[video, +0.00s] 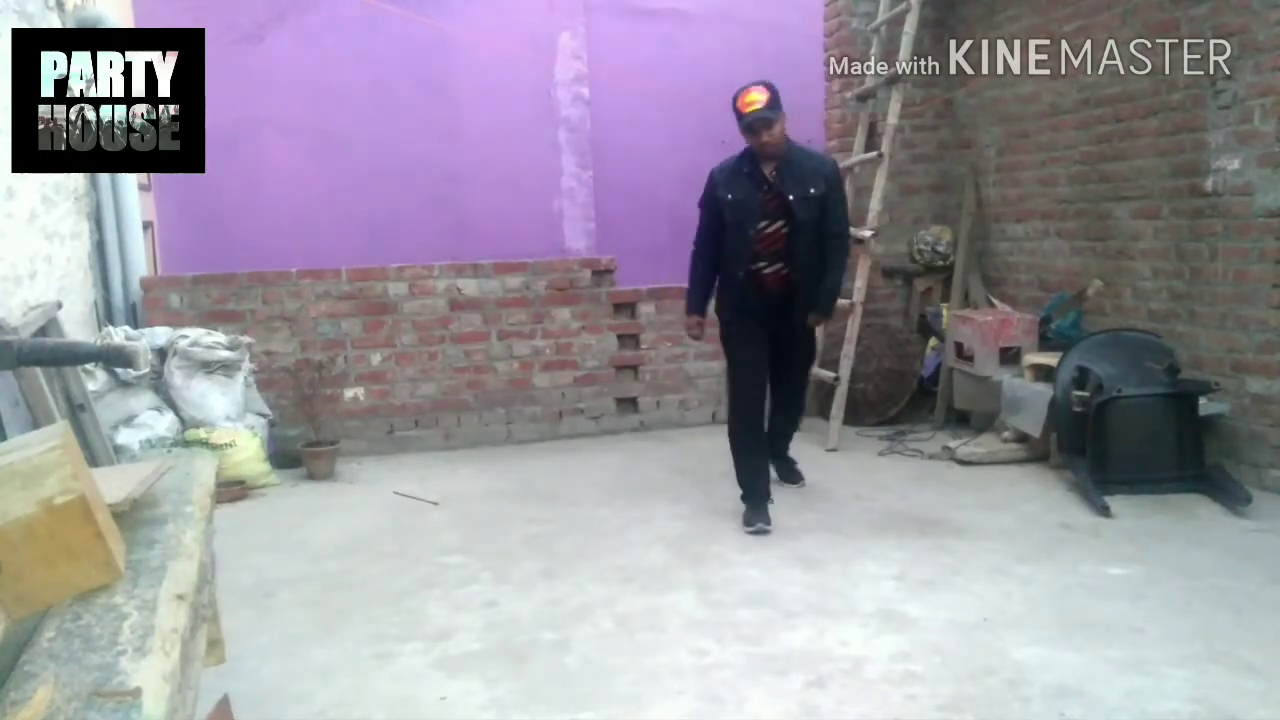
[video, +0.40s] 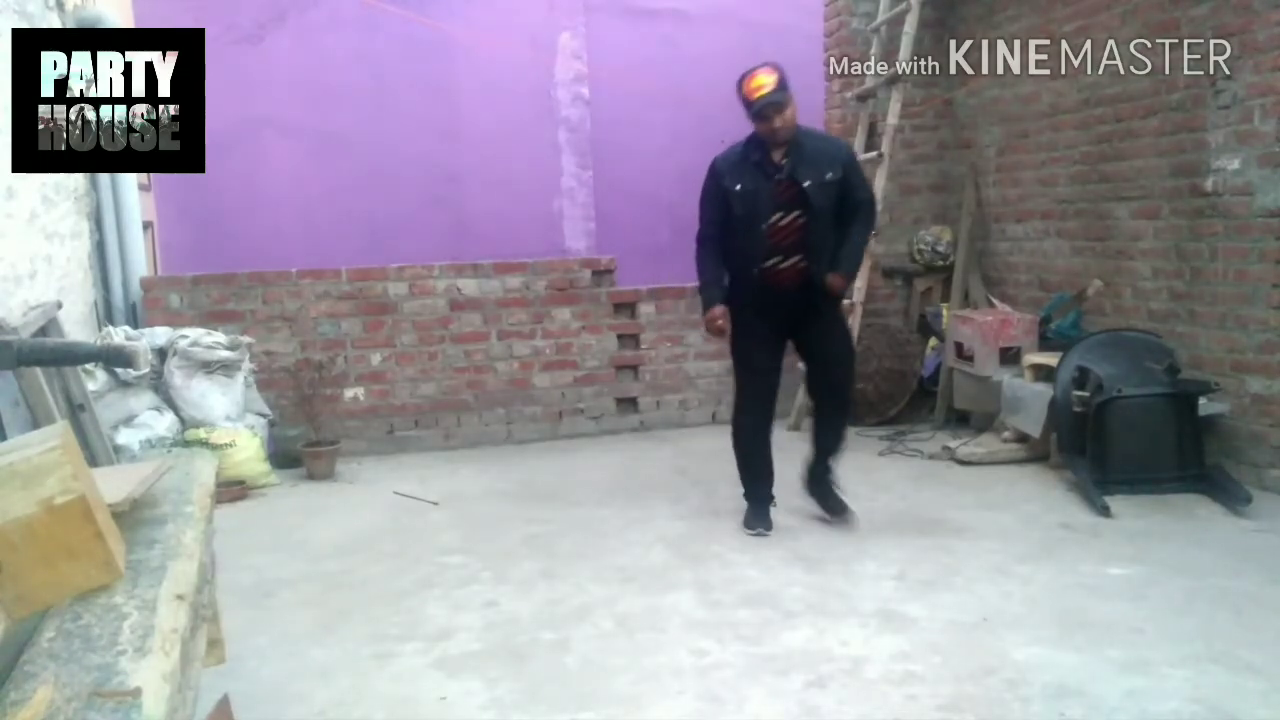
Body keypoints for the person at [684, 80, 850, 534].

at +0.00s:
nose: (764, 137)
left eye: (769, 126)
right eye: (753, 130)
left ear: (784, 120)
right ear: (742, 133)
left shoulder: (821, 172)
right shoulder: (724, 179)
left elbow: (836, 241)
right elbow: (707, 244)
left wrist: (826, 300)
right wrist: (696, 303)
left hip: (798, 307)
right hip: (742, 308)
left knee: (792, 389)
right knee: (747, 398)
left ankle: (778, 449)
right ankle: (755, 497)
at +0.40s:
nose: (775, 122)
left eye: (780, 110)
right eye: (762, 116)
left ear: (793, 103)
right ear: (749, 117)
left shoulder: (832, 156)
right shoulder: (727, 169)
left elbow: (861, 212)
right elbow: (710, 240)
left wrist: (844, 269)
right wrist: (713, 299)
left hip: (816, 299)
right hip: (755, 305)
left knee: (838, 380)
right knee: (753, 403)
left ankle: (820, 473)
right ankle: (757, 500)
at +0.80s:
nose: (830, 115)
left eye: (837, 103)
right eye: (818, 107)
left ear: (847, 102)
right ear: (797, 109)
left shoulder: (875, 157)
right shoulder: (767, 169)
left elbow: (897, 223)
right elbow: (748, 247)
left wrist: (885, 282)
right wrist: (748, 318)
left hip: (859, 310)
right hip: (793, 309)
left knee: (867, 419)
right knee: (779, 410)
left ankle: (872, 525)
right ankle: (771, 491)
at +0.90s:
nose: (847, 110)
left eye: (854, 98)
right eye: (834, 101)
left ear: (864, 97)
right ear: (811, 103)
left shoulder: (887, 152)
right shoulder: (777, 162)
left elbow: (905, 221)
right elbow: (764, 247)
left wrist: (897, 277)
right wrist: (776, 320)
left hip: (864, 310)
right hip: (801, 310)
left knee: (868, 417)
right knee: (790, 405)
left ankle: (872, 523)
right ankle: (818, 445)